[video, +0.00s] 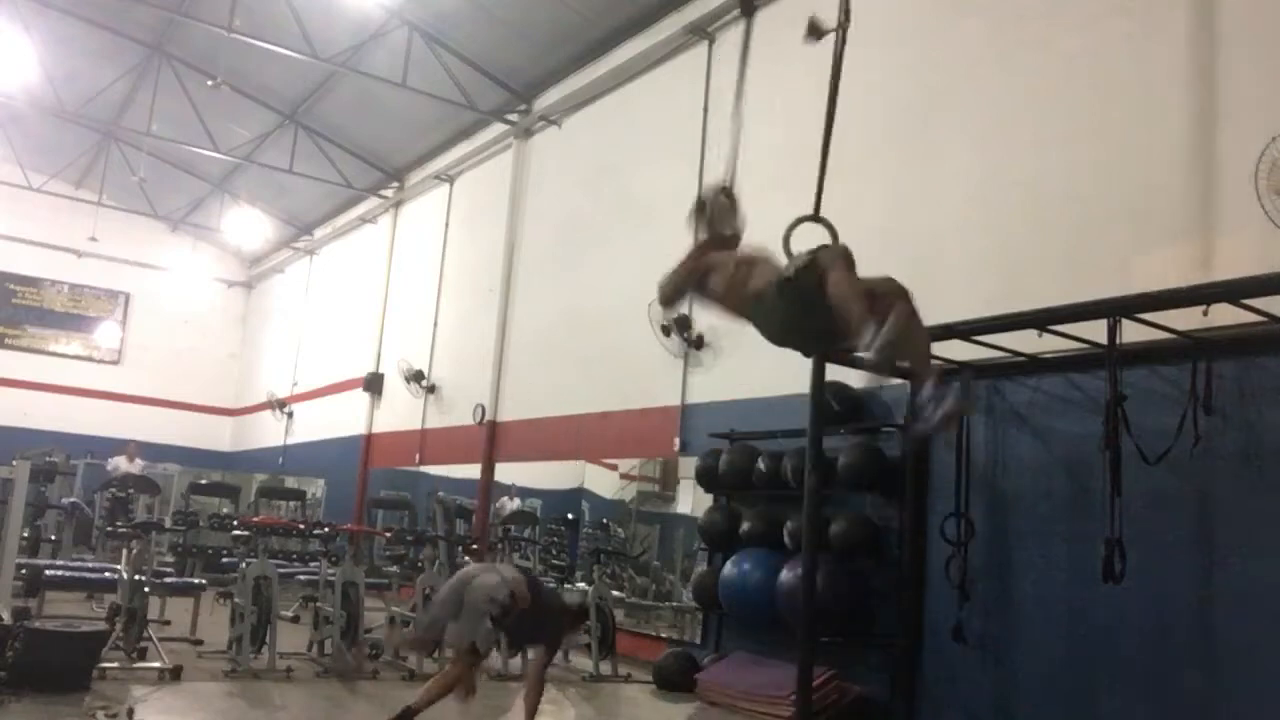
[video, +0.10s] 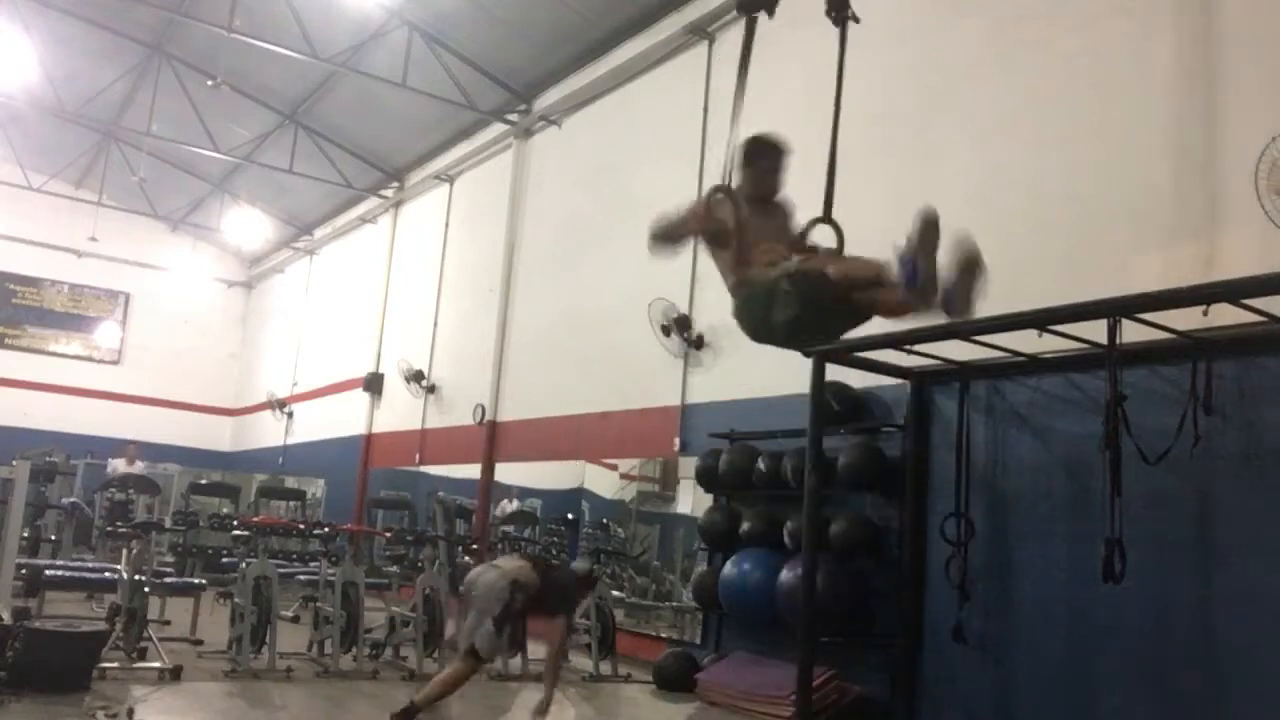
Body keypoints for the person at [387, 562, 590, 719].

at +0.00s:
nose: (574, 633)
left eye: (577, 629)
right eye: (577, 628)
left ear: (564, 603)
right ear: (576, 621)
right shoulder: (556, 619)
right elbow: (534, 676)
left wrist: (469, 675)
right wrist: (529, 717)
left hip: (472, 569)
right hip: (497, 585)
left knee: (423, 640)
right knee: (459, 668)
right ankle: (409, 711)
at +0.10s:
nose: (587, 595)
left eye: (588, 591)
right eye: (589, 589)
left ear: (570, 568)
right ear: (587, 584)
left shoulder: (544, 571)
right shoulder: (568, 589)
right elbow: (557, 649)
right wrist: (547, 699)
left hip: (475, 576)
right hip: (500, 585)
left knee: (468, 656)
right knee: (468, 662)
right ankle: (408, 711)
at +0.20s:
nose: (606, 567)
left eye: (606, 563)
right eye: (608, 562)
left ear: (586, 545)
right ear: (605, 557)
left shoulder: (563, 548)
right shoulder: (590, 571)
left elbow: (514, 563)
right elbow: (578, 625)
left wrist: (469, 599)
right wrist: (563, 670)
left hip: (499, 575)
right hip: (516, 587)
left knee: (534, 636)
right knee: (480, 658)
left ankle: (519, 704)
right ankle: (418, 704)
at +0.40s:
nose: (645, 537)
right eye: (645, 532)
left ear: (621, 522)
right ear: (642, 530)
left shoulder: (601, 534)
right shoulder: (630, 549)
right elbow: (620, 603)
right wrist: (615, 646)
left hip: (546, 584)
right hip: (559, 593)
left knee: (578, 647)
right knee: (550, 669)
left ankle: (562, 710)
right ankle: (486, 693)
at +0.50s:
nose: (662, 528)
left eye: (662, 523)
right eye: (662, 523)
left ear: (638, 511)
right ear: (658, 521)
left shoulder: (617, 523)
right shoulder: (646, 540)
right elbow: (634, 590)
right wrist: (634, 634)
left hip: (559, 573)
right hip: (580, 584)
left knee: (580, 646)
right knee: (602, 648)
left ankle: (562, 707)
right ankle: (549, 683)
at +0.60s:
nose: (680, 510)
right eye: (681, 505)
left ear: (661, 496)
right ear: (679, 504)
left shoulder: (639, 512)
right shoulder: (663, 523)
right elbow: (649, 571)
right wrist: (646, 614)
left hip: (582, 564)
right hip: (604, 571)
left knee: (585, 643)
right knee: (629, 637)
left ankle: (563, 704)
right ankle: (612, 704)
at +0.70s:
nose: (691, 514)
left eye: (691, 509)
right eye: (691, 509)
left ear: (667, 498)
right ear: (686, 506)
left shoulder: (646, 510)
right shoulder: (677, 522)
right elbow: (664, 564)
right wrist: (657, 609)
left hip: (603, 568)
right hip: (627, 576)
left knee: (602, 648)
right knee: (657, 648)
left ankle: (568, 704)